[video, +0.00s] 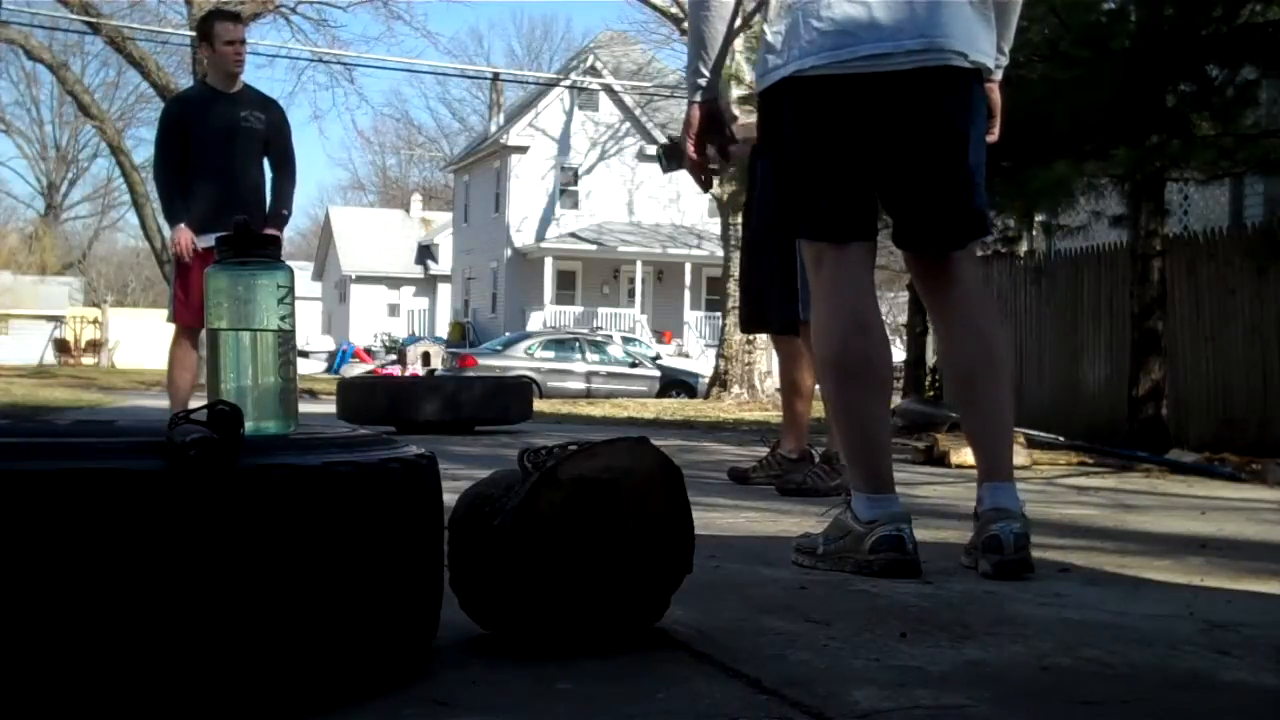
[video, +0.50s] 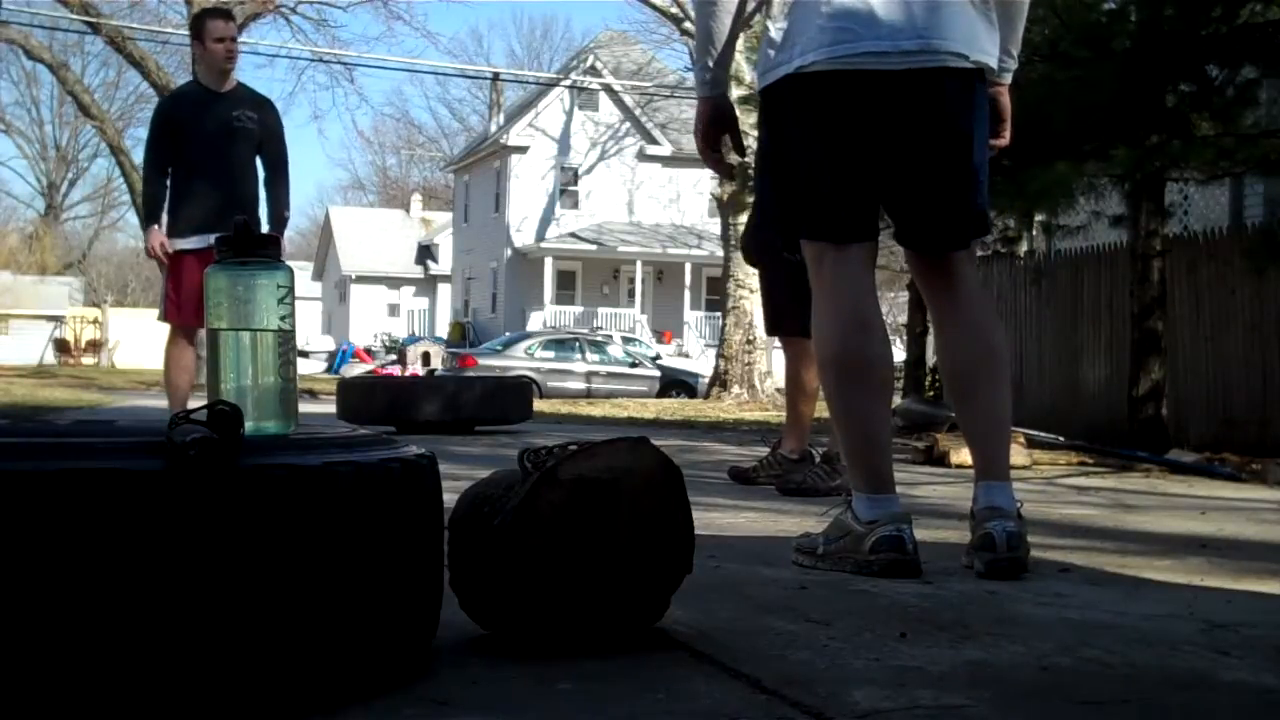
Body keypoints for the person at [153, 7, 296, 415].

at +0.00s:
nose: (240, 51)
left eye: (242, 44)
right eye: (230, 44)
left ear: (246, 47)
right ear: (205, 49)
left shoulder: (267, 109)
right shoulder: (179, 108)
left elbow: (284, 172)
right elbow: (164, 170)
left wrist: (275, 224)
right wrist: (177, 223)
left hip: (251, 241)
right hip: (197, 240)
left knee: (252, 335)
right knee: (188, 331)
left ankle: (250, 425)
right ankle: (179, 421)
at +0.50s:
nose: (231, 48)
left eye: (234, 41)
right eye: (221, 41)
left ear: (238, 44)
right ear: (197, 46)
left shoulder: (260, 107)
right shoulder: (173, 106)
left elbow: (277, 173)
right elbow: (154, 171)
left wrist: (277, 231)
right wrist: (151, 225)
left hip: (244, 239)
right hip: (187, 239)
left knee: (242, 334)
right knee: (184, 331)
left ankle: (240, 426)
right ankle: (179, 424)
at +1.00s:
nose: (244, 52)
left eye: (246, 45)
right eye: (237, 44)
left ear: (239, 48)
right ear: (208, 46)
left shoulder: (254, 108)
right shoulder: (168, 104)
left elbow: (268, 176)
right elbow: (146, 170)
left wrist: (265, 234)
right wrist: (145, 227)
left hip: (239, 239)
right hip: (184, 239)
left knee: (237, 335)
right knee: (183, 333)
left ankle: (234, 423)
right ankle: (178, 423)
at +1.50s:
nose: (268, 56)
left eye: (275, 48)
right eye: (260, 48)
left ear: (282, 49)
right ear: (240, 47)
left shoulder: (297, 108)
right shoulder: (210, 103)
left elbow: (313, 173)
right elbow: (192, 167)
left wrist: (313, 229)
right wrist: (194, 220)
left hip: (269, 235)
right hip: (214, 232)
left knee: (267, 329)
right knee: (192, 319)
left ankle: (266, 417)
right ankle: (180, 408)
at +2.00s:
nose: (256, 55)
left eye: (266, 47)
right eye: (249, 45)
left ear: (276, 50)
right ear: (235, 43)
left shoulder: (294, 107)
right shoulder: (206, 98)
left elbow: (309, 172)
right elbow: (184, 158)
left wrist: (309, 231)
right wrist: (178, 213)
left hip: (265, 233)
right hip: (209, 229)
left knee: (259, 328)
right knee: (188, 321)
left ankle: (255, 419)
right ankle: (175, 410)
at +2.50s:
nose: (195, 42)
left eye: (204, 35)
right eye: (188, 34)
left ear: (215, 40)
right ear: (175, 38)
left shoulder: (240, 99)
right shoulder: (151, 100)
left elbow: (257, 164)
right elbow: (131, 166)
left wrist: (251, 225)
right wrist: (127, 226)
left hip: (229, 231)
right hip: (173, 233)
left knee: (232, 329)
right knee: (170, 328)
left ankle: (232, 421)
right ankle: (170, 421)